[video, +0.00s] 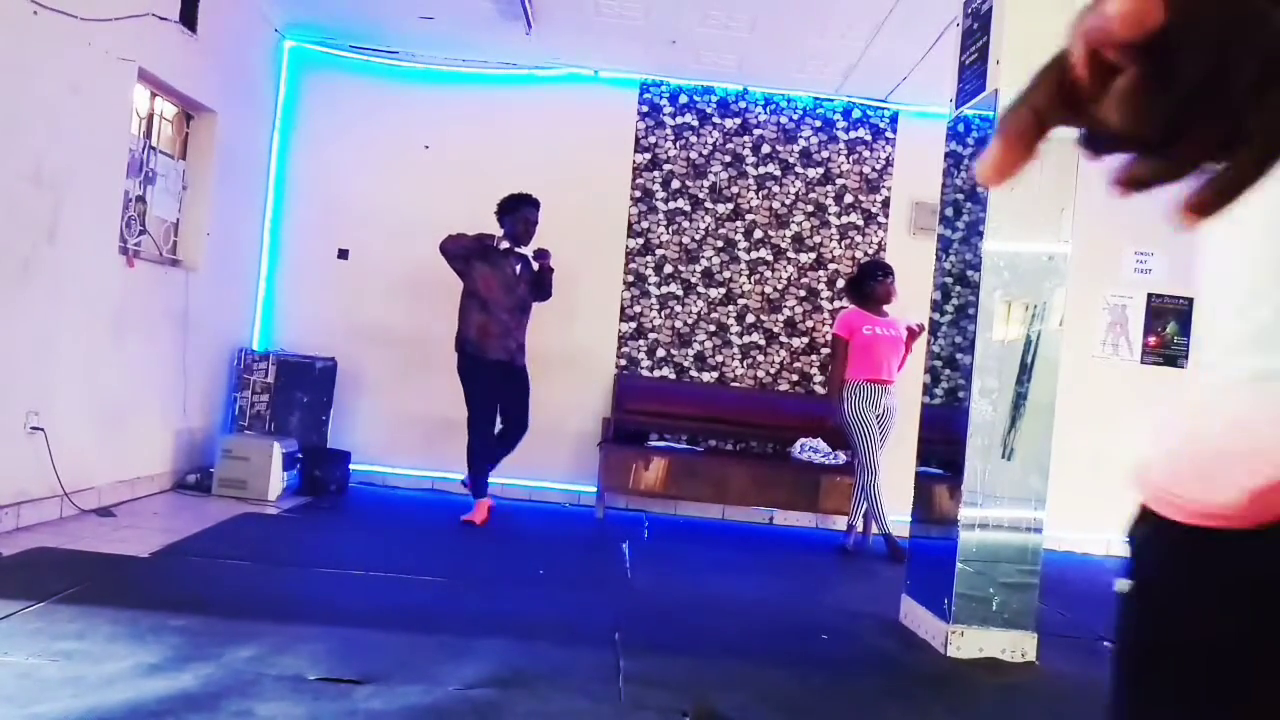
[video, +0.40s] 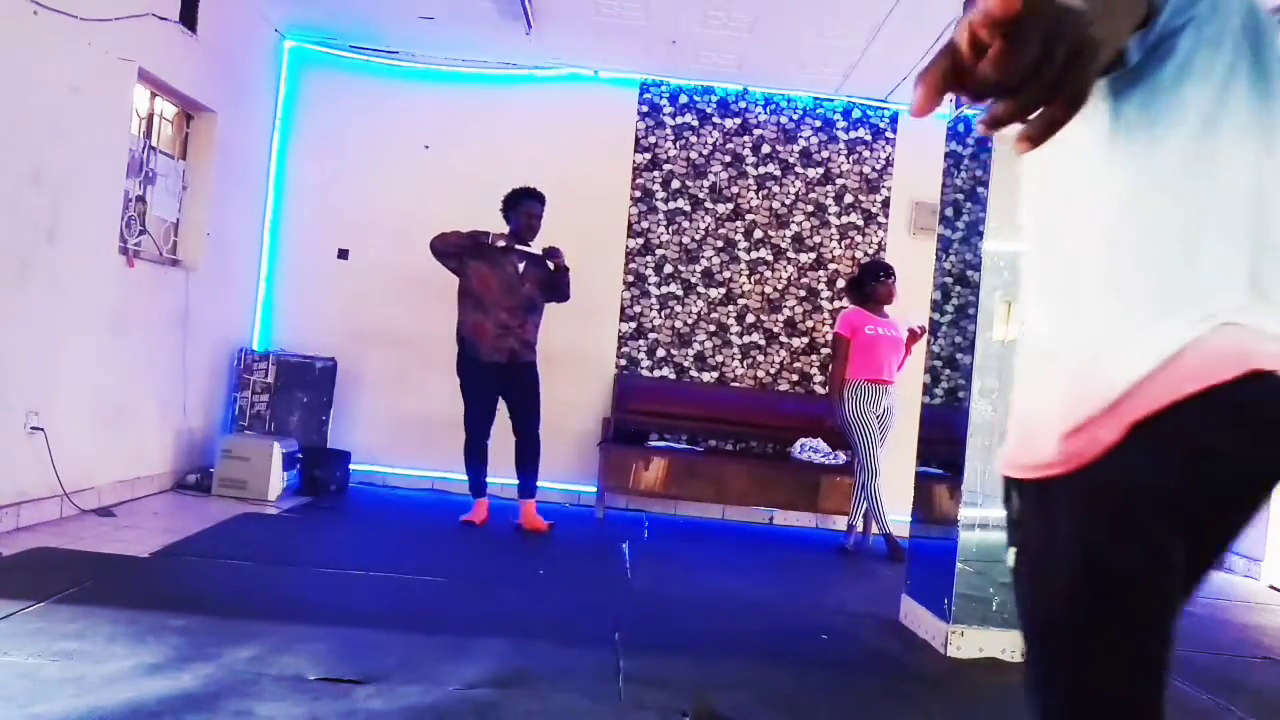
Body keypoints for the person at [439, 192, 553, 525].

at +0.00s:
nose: (532, 228)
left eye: (535, 222)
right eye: (527, 221)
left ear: (534, 226)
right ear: (507, 220)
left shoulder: (527, 267)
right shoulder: (479, 255)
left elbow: (543, 293)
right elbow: (448, 246)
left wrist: (544, 268)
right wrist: (484, 240)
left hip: (511, 357)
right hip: (477, 352)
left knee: (516, 425)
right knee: (481, 424)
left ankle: (477, 472)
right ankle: (481, 499)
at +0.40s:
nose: (535, 223)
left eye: (539, 217)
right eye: (528, 216)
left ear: (541, 222)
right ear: (509, 215)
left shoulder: (538, 267)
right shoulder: (475, 255)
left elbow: (562, 294)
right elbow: (438, 245)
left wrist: (559, 266)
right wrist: (482, 238)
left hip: (521, 362)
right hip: (478, 359)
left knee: (528, 431)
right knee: (477, 431)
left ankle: (528, 509)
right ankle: (479, 502)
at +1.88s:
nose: (482, 213)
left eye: (490, 207)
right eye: (476, 203)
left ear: (501, 209)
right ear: (465, 200)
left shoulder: (509, 255)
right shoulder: (432, 246)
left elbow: (543, 287)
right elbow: (382, 243)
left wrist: (528, 251)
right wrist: (428, 229)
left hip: (485, 362)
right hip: (435, 358)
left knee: (496, 434)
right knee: (431, 435)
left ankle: (497, 511)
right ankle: (434, 513)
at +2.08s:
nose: (472, 204)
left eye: (480, 198)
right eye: (466, 195)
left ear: (488, 202)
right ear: (453, 193)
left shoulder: (489, 252)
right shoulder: (416, 236)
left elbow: (522, 284)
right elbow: (365, 232)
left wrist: (515, 252)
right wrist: (414, 222)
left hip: (465, 357)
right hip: (419, 353)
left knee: (461, 436)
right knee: (423, 433)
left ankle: (448, 515)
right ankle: (430, 512)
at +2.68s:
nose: (441, 187)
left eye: (449, 181)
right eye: (435, 180)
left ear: (465, 185)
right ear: (428, 182)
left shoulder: (482, 233)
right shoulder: (411, 226)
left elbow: (509, 288)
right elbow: (372, 272)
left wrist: (489, 272)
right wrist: (389, 258)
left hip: (449, 353)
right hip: (403, 347)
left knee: (433, 433)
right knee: (383, 423)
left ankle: (424, 517)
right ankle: (393, 508)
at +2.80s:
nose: (438, 178)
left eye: (447, 172)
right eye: (433, 170)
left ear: (462, 180)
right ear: (425, 175)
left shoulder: (477, 231)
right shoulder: (408, 225)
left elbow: (494, 288)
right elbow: (390, 277)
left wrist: (470, 280)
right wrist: (387, 318)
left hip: (444, 353)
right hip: (400, 348)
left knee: (431, 435)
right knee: (387, 431)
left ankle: (423, 516)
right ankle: (388, 513)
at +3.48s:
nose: (439, 180)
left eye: (448, 174)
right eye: (434, 173)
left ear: (465, 183)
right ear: (426, 178)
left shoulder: (471, 242)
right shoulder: (400, 215)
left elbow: (477, 311)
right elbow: (377, 272)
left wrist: (453, 334)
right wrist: (392, 321)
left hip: (434, 351)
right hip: (389, 343)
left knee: (422, 428)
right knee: (374, 423)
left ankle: (427, 510)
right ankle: (374, 498)